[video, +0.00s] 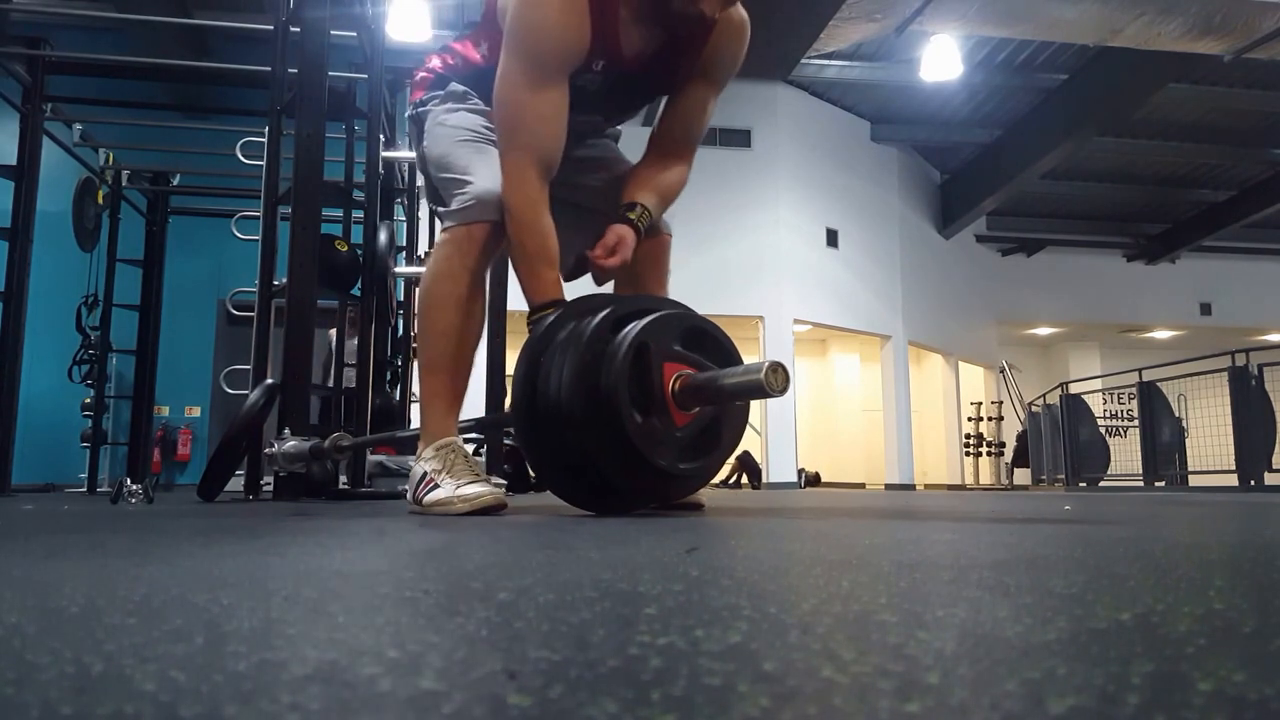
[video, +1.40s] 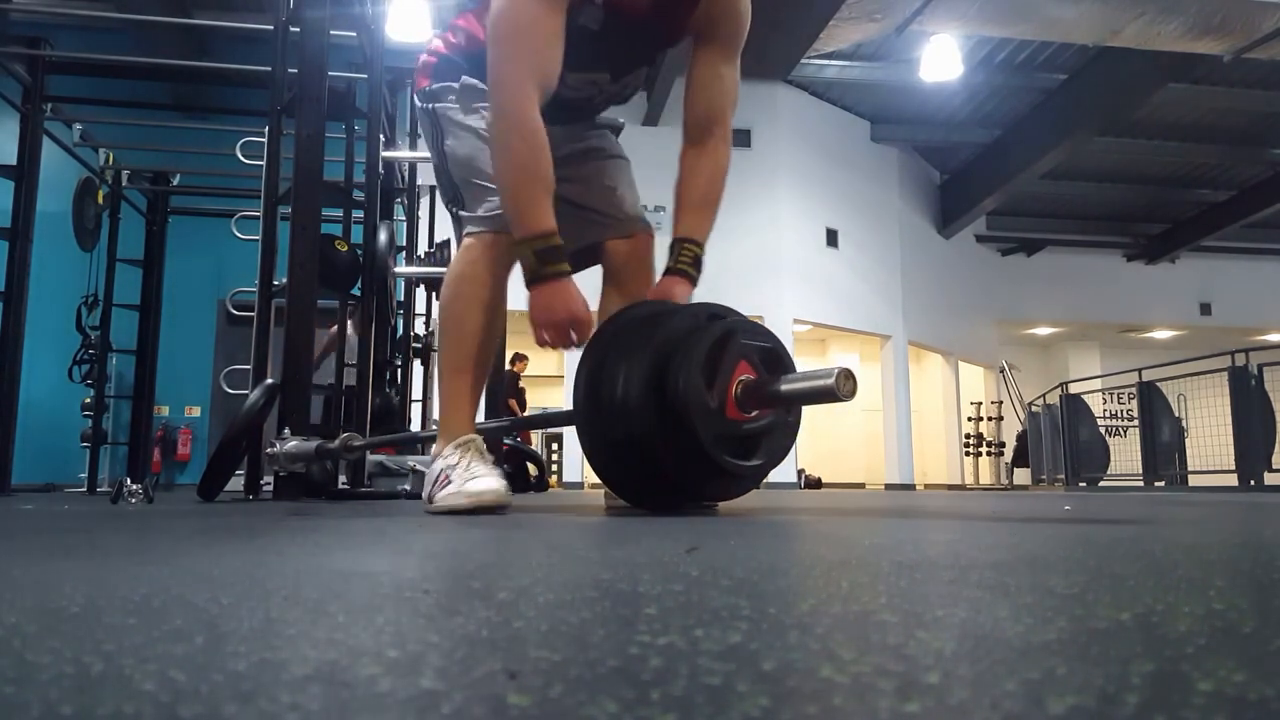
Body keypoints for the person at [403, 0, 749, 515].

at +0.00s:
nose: (717, 2)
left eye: (725, 1)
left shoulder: (727, 24)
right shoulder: (552, 10)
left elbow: (672, 153)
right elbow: (526, 168)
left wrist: (633, 217)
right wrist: (549, 321)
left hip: (579, 121)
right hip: (470, 95)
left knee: (650, 238)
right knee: (483, 211)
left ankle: (646, 455)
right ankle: (438, 454)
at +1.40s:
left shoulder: (723, 5)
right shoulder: (535, 2)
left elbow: (707, 135)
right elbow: (516, 100)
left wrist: (684, 268)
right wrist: (547, 270)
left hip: (576, 107)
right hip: (473, 76)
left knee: (631, 241)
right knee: (496, 225)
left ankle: (630, 463)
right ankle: (456, 449)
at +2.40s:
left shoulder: (734, 42)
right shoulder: (565, 5)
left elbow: (695, 183)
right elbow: (539, 156)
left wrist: (661, 321)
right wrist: (567, 321)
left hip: (584, 126)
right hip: (476, 93)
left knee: (657, 243)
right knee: (491, 203)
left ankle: (652, 458)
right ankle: (462, 449)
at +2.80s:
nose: (728, 86)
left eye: (749, 74)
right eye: (720, 59)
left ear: (766, 64)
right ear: (683, 10)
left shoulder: (729, 122)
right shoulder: (566, 42)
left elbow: (683, 252)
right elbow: (530, 218)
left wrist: (654, 384)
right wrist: (570, 362)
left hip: (581, 152)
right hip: (477, 112)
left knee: (673, 240)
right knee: (480, 206)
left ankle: (656, 446)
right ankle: (461, 452)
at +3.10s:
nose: (725, 118)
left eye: (746, 104)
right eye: (715, 89)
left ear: (765, 91)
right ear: (677, 40)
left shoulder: (727, 152)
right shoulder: (566, 69)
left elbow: (688, 276)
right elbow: (520, 245)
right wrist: (577, 380)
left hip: (574, 160)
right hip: (473, 120)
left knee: (677, 248)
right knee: (472, 213)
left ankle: (656, 453)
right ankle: (461, 452)